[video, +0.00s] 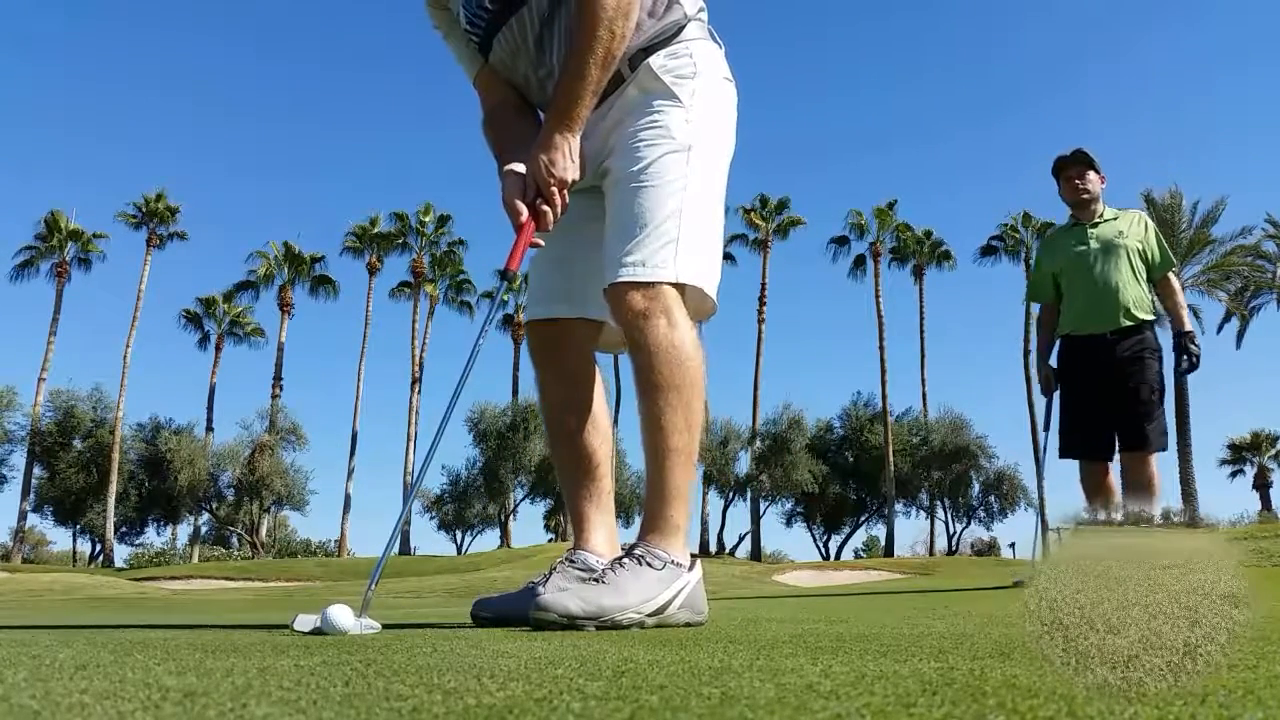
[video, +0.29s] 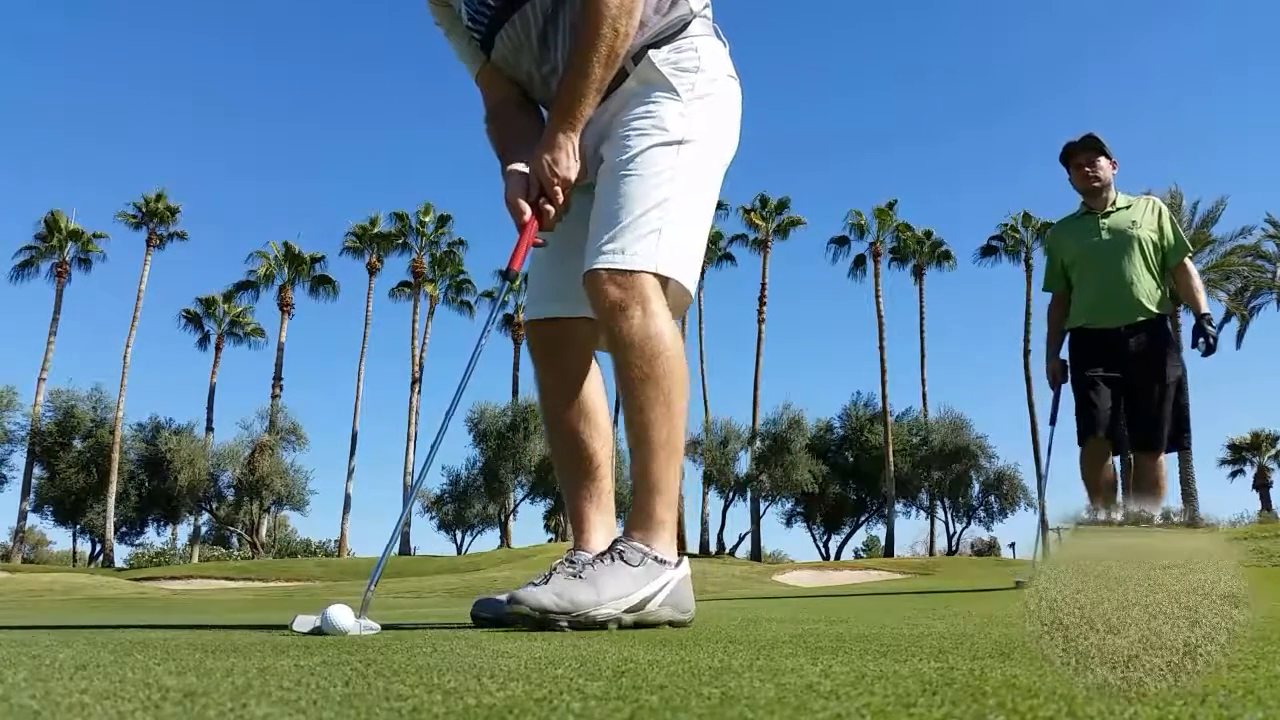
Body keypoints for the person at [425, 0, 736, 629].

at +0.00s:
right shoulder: (447, 8)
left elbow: (614, 5)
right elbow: (500, 99)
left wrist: (561, 127)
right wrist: (514, 162)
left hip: (659, 63)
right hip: (564, 114)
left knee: (645, 290)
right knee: (554, 325)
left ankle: (669, 559)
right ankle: (593, 560)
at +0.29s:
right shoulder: (450, 7)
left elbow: (618, 5)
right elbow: (503, 98)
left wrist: (563, 127)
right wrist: (517, 162)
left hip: (663, 59)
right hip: (567, 110)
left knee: (623, 280)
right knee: (552, 324)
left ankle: (655, 556)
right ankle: (594, 557)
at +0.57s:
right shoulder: (470, 5)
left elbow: (626, 5)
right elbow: (514, 81)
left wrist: (564, 123)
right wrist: (525, 149)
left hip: (673, 51)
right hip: (575, 100)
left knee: (642, 287)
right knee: (541, 318)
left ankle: (657, 562)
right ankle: (587, 550)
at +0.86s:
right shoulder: (457, 5)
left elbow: (619, 5)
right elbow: (506, 87)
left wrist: (564, 122)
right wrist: (518, 157)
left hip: (665, 57)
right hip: (570, 105)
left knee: (635, 288)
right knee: (546, 323)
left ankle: (656, 561)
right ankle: (575, 560)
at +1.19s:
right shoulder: (446, 6)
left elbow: (610, 5)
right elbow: (501, 97)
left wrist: (563, 122)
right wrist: (514, 161)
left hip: (661, 62)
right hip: (564, 110)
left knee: (635, 288)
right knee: (541, 325)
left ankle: (653, 559)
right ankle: (575, 559)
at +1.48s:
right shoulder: (452, 7)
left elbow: (614, 5)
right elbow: (506, 95)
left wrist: (565, 122)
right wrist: (517, 162)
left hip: (665, 61)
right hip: (570, 109)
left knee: (642, 289)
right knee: (544, 324)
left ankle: (655, 561)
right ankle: (574, 561)